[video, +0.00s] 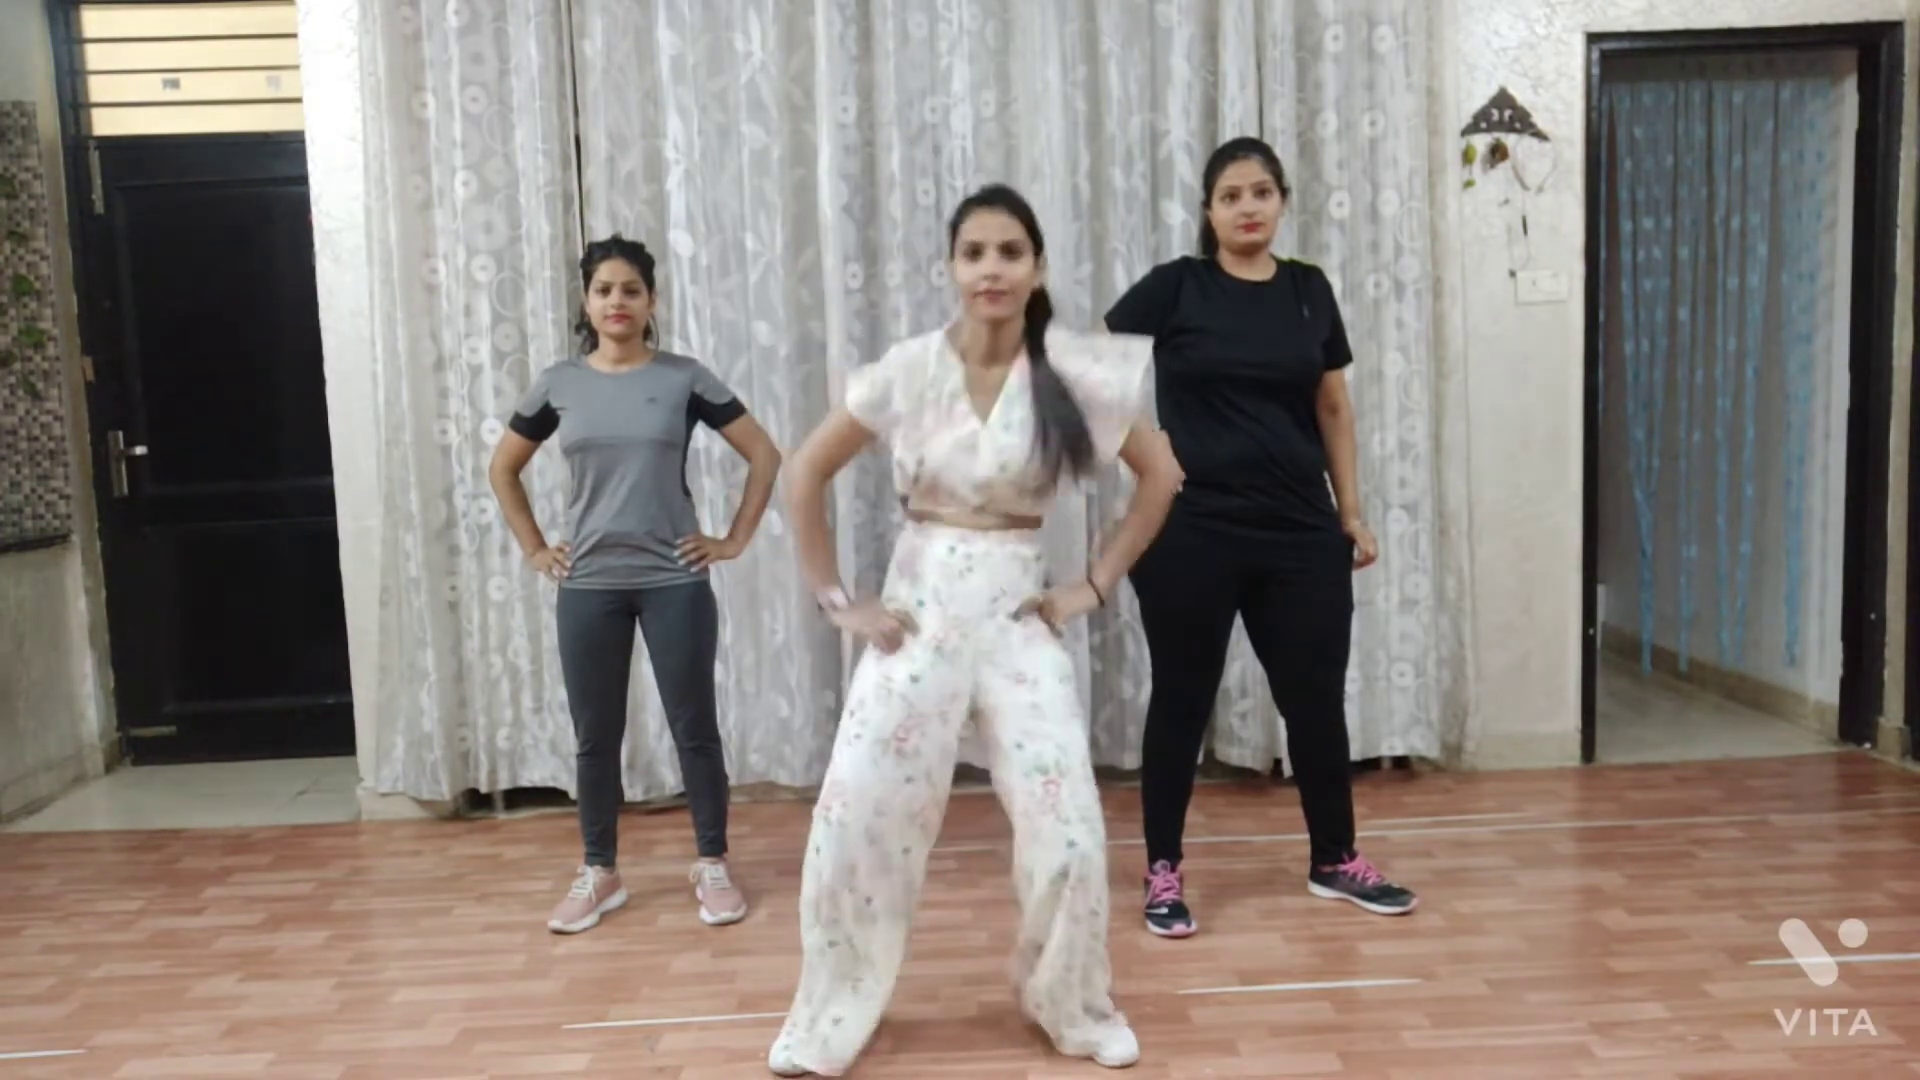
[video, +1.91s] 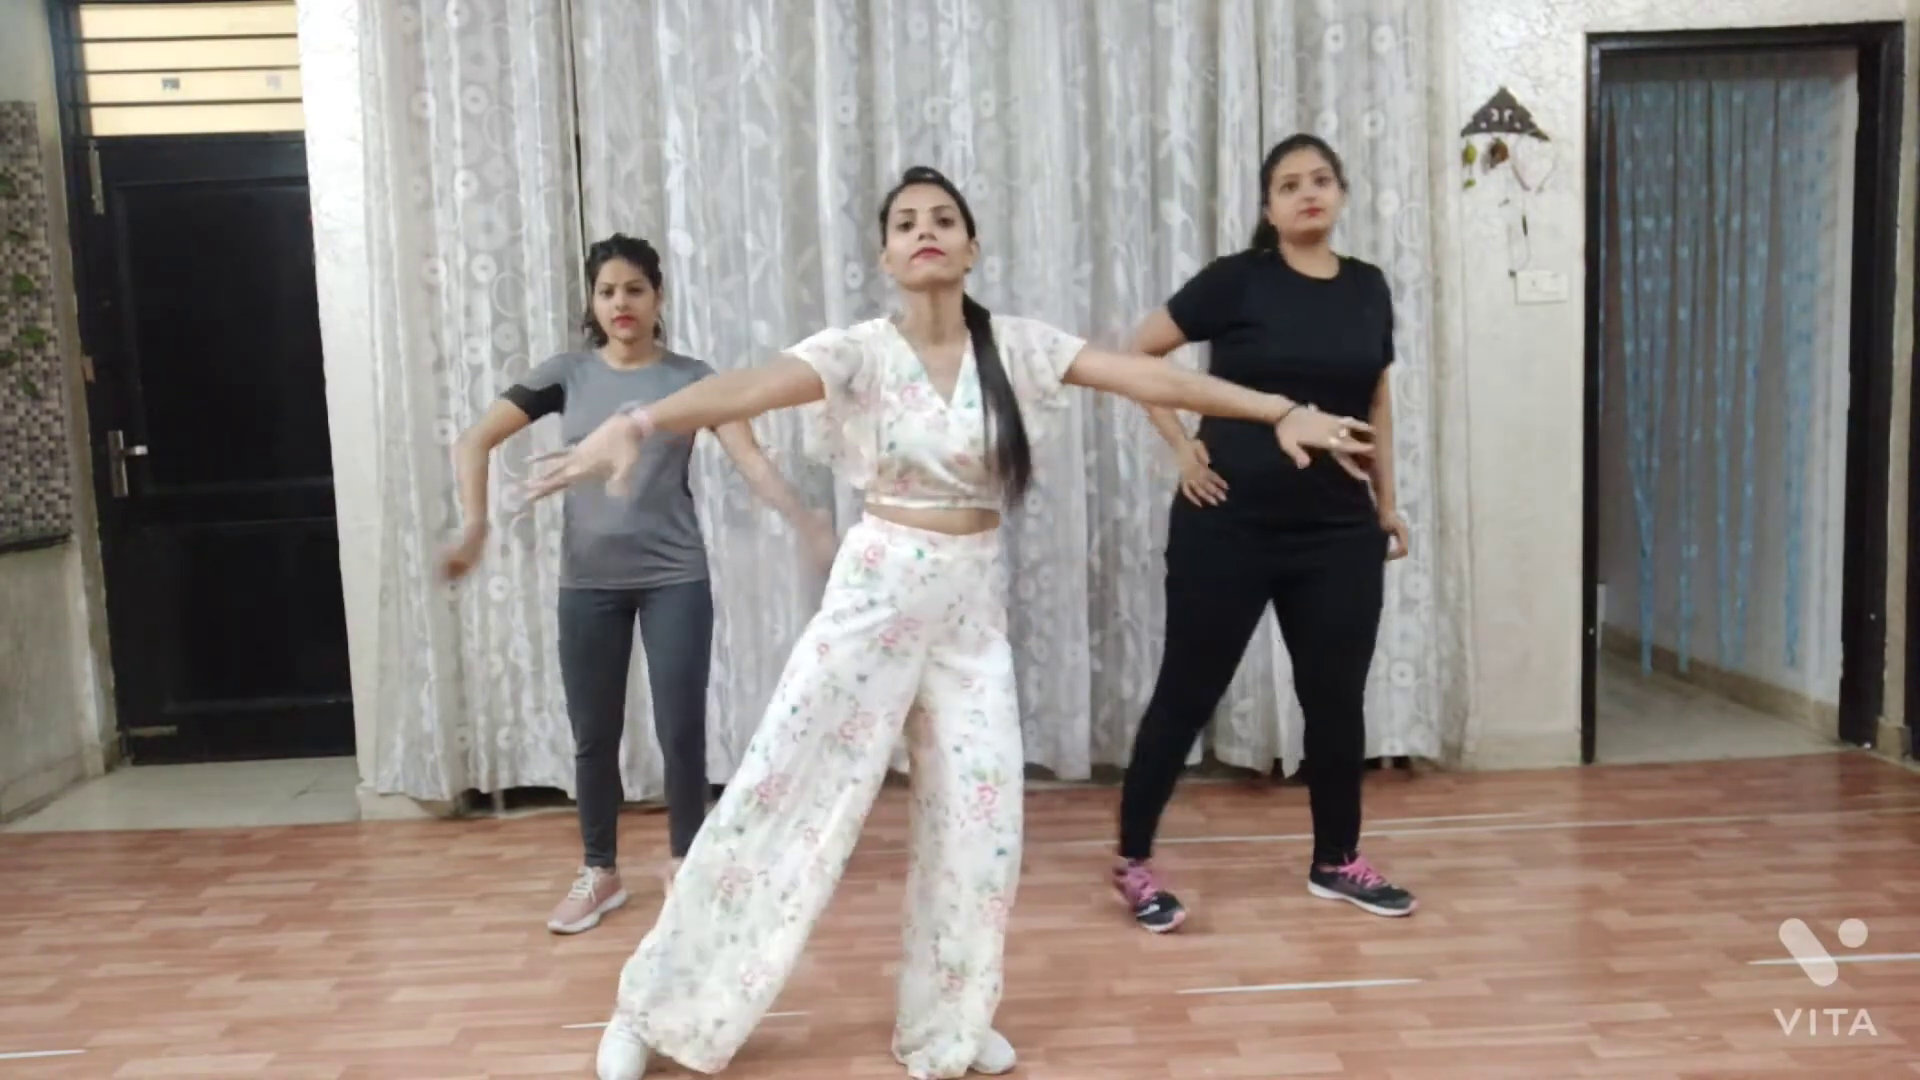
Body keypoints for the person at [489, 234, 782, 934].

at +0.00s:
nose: (617, 301)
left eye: (630, 289)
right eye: (604, 290)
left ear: (651, 301)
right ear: (585, 302)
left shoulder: (685, 378)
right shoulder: (559, 384)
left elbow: (764, 455)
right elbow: (502, 468)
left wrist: (735, 538)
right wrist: (536, 549)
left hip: (674, 574)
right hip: (589, 577)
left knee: (694, 728)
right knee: (595, 737)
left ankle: (712, 866)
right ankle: (599, 872)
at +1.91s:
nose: (621, 303)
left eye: (634, 290)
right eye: (608, 292)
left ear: (658, 297)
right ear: (591, 303)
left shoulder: (694, 379)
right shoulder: (569, 375)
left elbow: (752, 460)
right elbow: (473, 441)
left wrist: (806, 518)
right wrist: (473, 529)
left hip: (674, 574)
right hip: (589, 582)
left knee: (680, 732)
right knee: (595, 738)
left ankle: (687, 873)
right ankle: (599, 873)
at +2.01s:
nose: (629, 307)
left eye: (642, 293)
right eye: (616, 295)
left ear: (667, 299)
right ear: (601, 305)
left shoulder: (701, 377)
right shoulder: (583, 372)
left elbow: (757, 443)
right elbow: (521, 414)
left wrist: (826, 497)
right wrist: (470, 445)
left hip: (680, 578)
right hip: (596, 580)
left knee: (683, 733)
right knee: (587, 736)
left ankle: (687, 871)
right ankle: (597, 872)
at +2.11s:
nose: (632, 309)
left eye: (646, 295)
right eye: (620, 298)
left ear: (675, 302)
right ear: (606, 309)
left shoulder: (707, 379)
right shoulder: (600, 372)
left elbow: (750, 421)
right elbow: (565, 384)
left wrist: (807, 455)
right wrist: (524, 370)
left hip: (688, 580)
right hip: (605, 581)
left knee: (688, 726)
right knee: (567, 721)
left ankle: (685, 869)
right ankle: (579, 864)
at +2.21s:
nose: (640, 313)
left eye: (653, 299)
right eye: (627, 301)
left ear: (683, 303)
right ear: (610, 309)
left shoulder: (709, 371)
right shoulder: (598, 366)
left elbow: (729, 389)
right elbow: (600, 375)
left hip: (701, 579)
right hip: (616, 577)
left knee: (691, 736)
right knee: (556, 716)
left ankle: (687, 874)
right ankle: (509, 851)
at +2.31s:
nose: (644, 312)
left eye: (656, 299)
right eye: (631, 303)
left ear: (685, 302)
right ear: (616, 311)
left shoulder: (724, 372)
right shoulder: (604, 365)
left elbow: (697, 378)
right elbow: (621, 362)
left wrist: (648, 343)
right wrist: (723, 320)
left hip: (708, 574)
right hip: (623, 575)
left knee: (696, 734)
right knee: (549, 714)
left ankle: (687, 876)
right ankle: (471, 836)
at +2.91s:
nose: (662, 314)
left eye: (674, 302)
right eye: (647, 304)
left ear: (690, 308)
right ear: (622, 315)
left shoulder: (717, 380)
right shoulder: (604, 376)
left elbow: (771, 331)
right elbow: (535, 320)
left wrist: (674, 334)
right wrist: (621, 307)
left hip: (708, 581)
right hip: (621, 582)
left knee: (695, 735)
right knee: (553, 724)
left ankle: (690, 876)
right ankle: (482, 840)